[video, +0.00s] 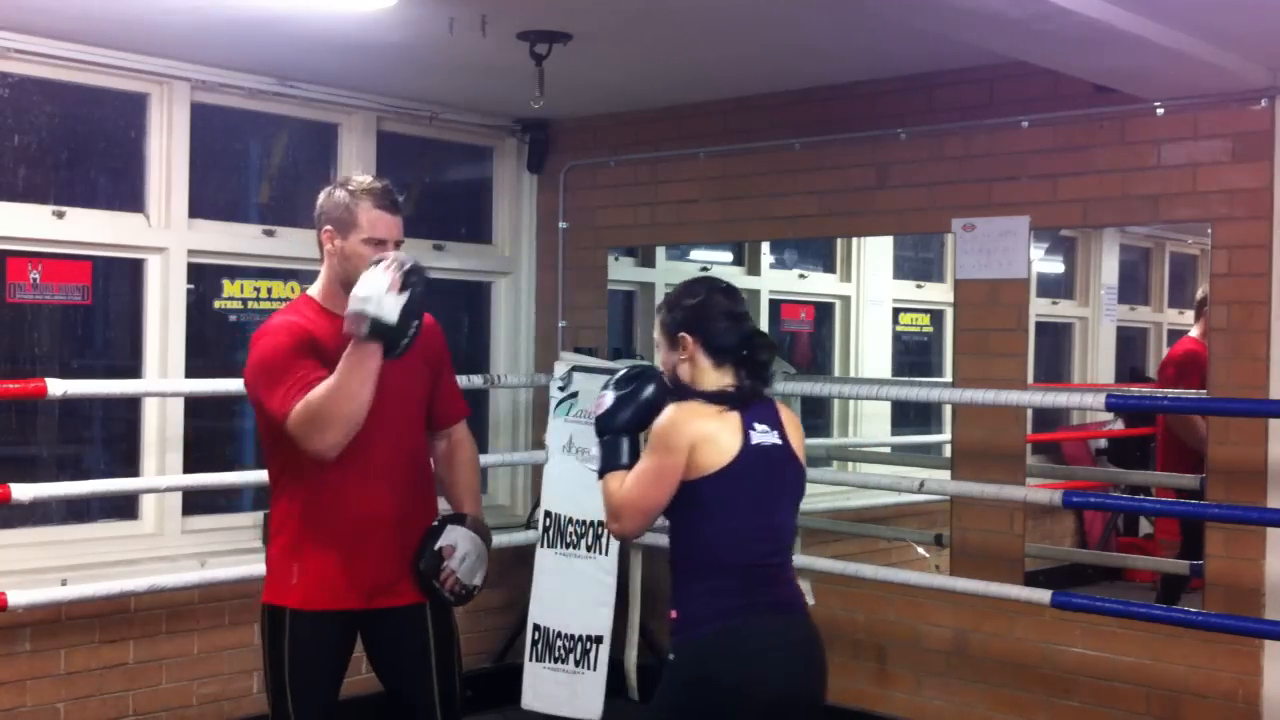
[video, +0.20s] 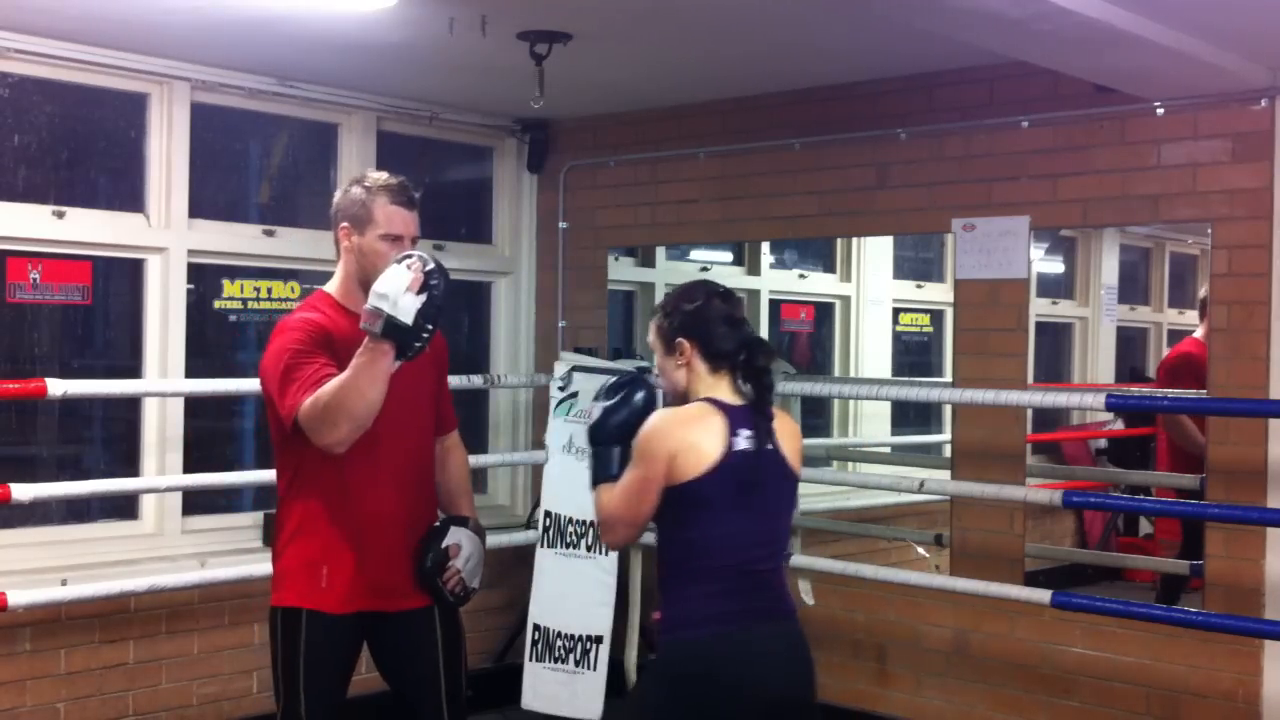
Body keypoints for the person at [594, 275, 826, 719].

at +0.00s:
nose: (659, 359)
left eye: (660, 347)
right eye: (657, 347)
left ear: (686, 347)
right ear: (737, 344)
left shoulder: (682, 421)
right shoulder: (786, 420)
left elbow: (625, 520)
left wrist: (614, 435)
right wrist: (672, 407)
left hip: (713, 653)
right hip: (793, 643)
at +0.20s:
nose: (656, 370)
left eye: (657, 356)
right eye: (653, 357)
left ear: (685, 353)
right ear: (732, 350)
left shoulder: (668, 428)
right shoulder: (786, 429)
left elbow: (615, 531)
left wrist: (605, 447)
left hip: (695, 654)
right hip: (780, 650)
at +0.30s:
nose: (630, 381)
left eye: (632, 368)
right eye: (629, 369)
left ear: (663, 368)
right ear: (709, 366)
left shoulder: (631, 452)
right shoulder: (754, 441)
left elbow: (561, 532)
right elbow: (787, 544)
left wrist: (564, 451)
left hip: (667, 672)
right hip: (755, 671)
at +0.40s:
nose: (574, 380)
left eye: (581, 367)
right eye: (575, 367)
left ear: (616, 377)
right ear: (656, 374)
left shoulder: (599, 458)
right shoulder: (707, 446)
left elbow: (529, 559)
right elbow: (792, 492)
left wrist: (509, 480)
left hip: (650, 683)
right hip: (728, 672)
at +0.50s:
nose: (536, 378)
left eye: (542, 365)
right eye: (537, 364)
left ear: (583, 374)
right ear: (583, 376)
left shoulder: (644, 457)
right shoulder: (591, 447)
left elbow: (610, 589)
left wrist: (555, 515)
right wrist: (547, 492)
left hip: (669, 678)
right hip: (637, 671)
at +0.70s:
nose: (517, 378)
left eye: (519, 363)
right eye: (515, 364)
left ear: (548, 368)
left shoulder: (607, 450)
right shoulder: (578, 439)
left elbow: (531, 554)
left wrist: (494, 488)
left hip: (646, 679)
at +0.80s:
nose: (529, 367)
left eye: (531, 354)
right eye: (528, 353)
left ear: (556, 356)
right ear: (610, 349)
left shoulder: (572, 434)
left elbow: (507, 535)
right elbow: (683, 494)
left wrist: (485, 453)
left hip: (634, 670)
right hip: (696, 655)